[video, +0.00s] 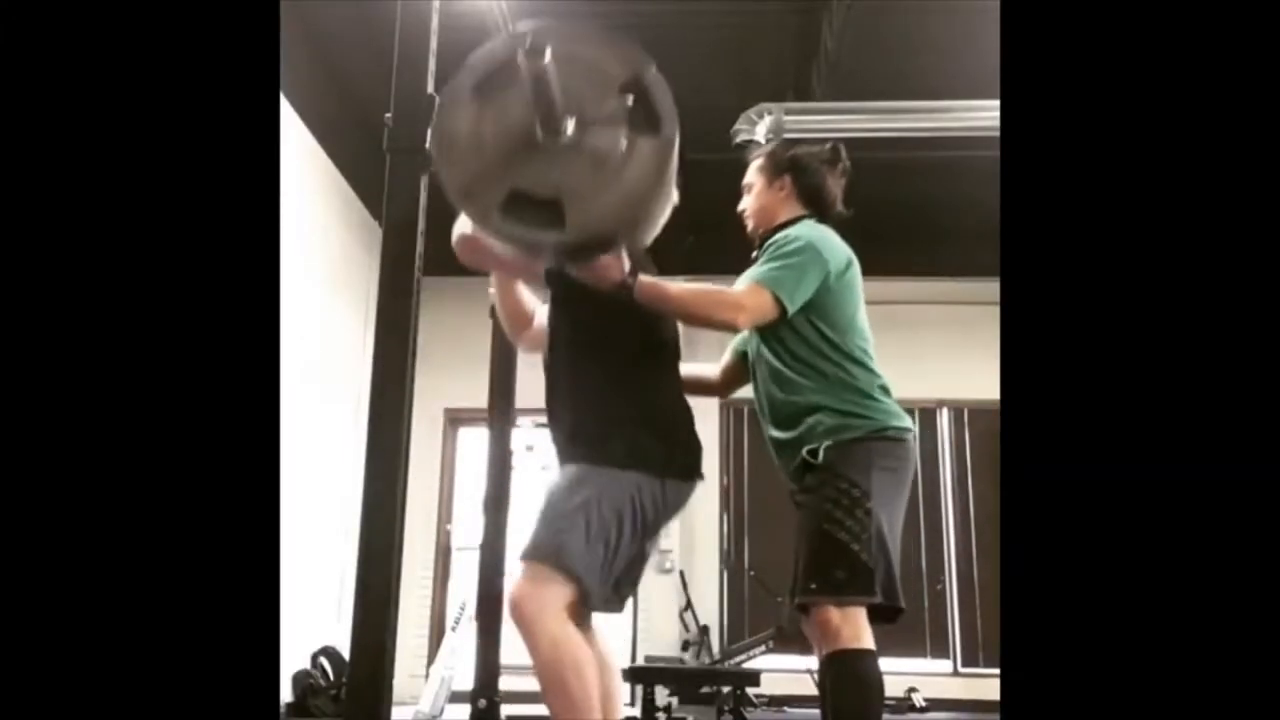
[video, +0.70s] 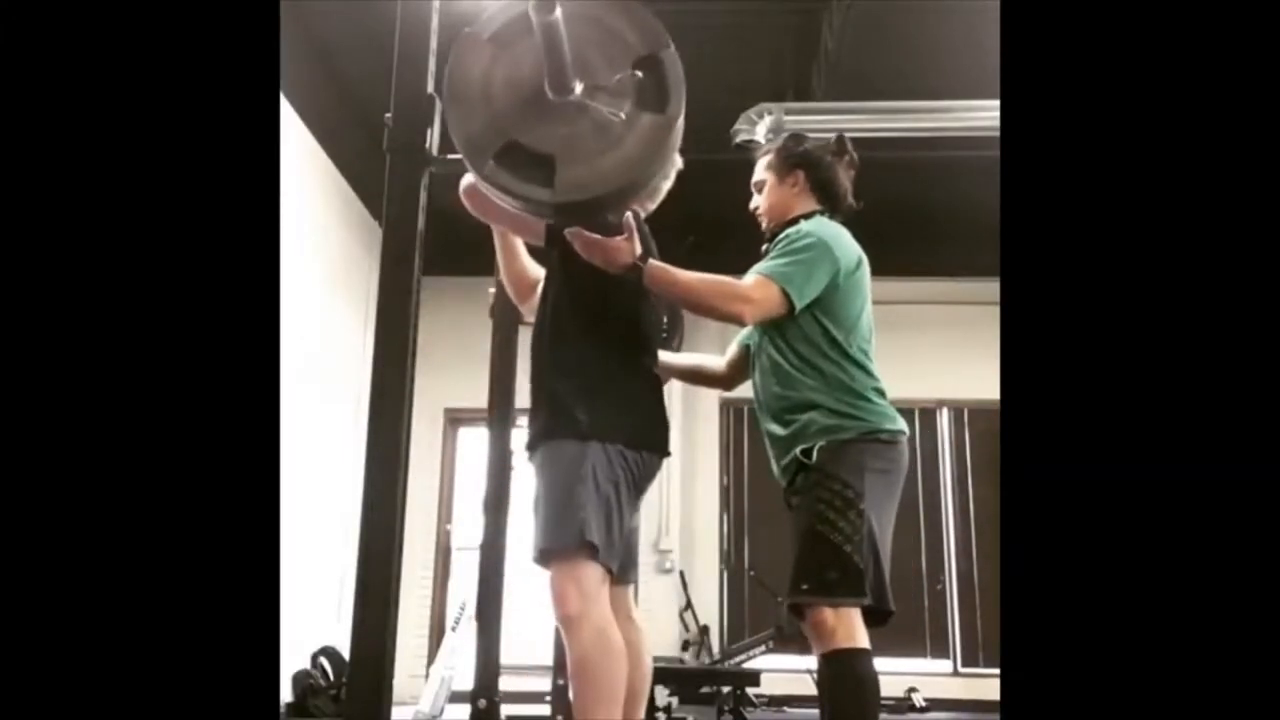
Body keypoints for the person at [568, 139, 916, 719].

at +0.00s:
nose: (741, 202)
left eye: (749, 187)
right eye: (743, 189)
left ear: (785, 187)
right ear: (789, 192)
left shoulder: (811, 241)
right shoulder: (775, 272)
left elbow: (743, 308)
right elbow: (723, 380)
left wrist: (630, 282)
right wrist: (637, 369)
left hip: (862, 442)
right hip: (827, 453)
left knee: (837, 612)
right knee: (822, 618)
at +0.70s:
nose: (752, 203)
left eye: (760, 187)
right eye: (751, 190)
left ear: (796, 182)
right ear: (795, 187)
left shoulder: (822, 238)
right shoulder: (786, 270)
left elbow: (750, 301)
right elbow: (727, 372)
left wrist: (638, 264)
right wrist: (643, 355)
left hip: (853, 443)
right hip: (817, 453)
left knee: (831, 610)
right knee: (823, 616)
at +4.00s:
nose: (697, 192)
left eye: (713, 182)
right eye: (701, 183)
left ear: (749, 197)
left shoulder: (736, 240)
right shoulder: (707, 294)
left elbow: (623, 222)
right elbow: (628, 318)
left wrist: (521, 182)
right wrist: (543, 290)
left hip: (813, 441)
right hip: (791, 452)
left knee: (816, 617)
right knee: (816, 620)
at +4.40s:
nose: (630, 206)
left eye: (643, 195)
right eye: (634, 196)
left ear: (680, 205)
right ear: (674, 209)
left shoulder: (680, 255)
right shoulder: (651, 296)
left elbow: (580, 249)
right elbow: (594, 350)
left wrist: (481, 209)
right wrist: (519, 313)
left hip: (742, 453)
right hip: (738, 458)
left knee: (761, 621)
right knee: (794, 620)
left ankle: (811, 718)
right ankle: (834, 716)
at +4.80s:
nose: (669, 196)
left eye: (678, 183)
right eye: (674, 183)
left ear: (701, 190)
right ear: (727, 198)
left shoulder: (713, 246)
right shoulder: (692, 286)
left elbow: (592, 242)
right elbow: (601, 328)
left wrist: (489, 203)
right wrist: (519, 326)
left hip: (775, 453)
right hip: (762, 459)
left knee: (778, 620)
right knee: (802, 622)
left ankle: (818, 717)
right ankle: (834, 716)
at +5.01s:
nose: (691, 175)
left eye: (700, 161)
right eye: (698, 161)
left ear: (724, 165)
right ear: (747, 175)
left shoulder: (732, 232)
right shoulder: (721, 264)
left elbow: (595, 224)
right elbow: (620, 302)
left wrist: (492, 196)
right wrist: (548, 302)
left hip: (793, 442)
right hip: (807, 442)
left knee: (771, 615)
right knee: (813, 620)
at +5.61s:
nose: (768, 187)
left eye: (778, 174)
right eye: (770, 175)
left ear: (812, 179)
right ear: (810, 181)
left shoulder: (830, 230)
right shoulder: (805, 246)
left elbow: (831, 318)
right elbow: (795, 388)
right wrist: (762, 473)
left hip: (854, 436)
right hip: (828, 443)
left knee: (837, 606)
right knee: (832, 610)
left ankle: (854, 717)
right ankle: (851, 715)